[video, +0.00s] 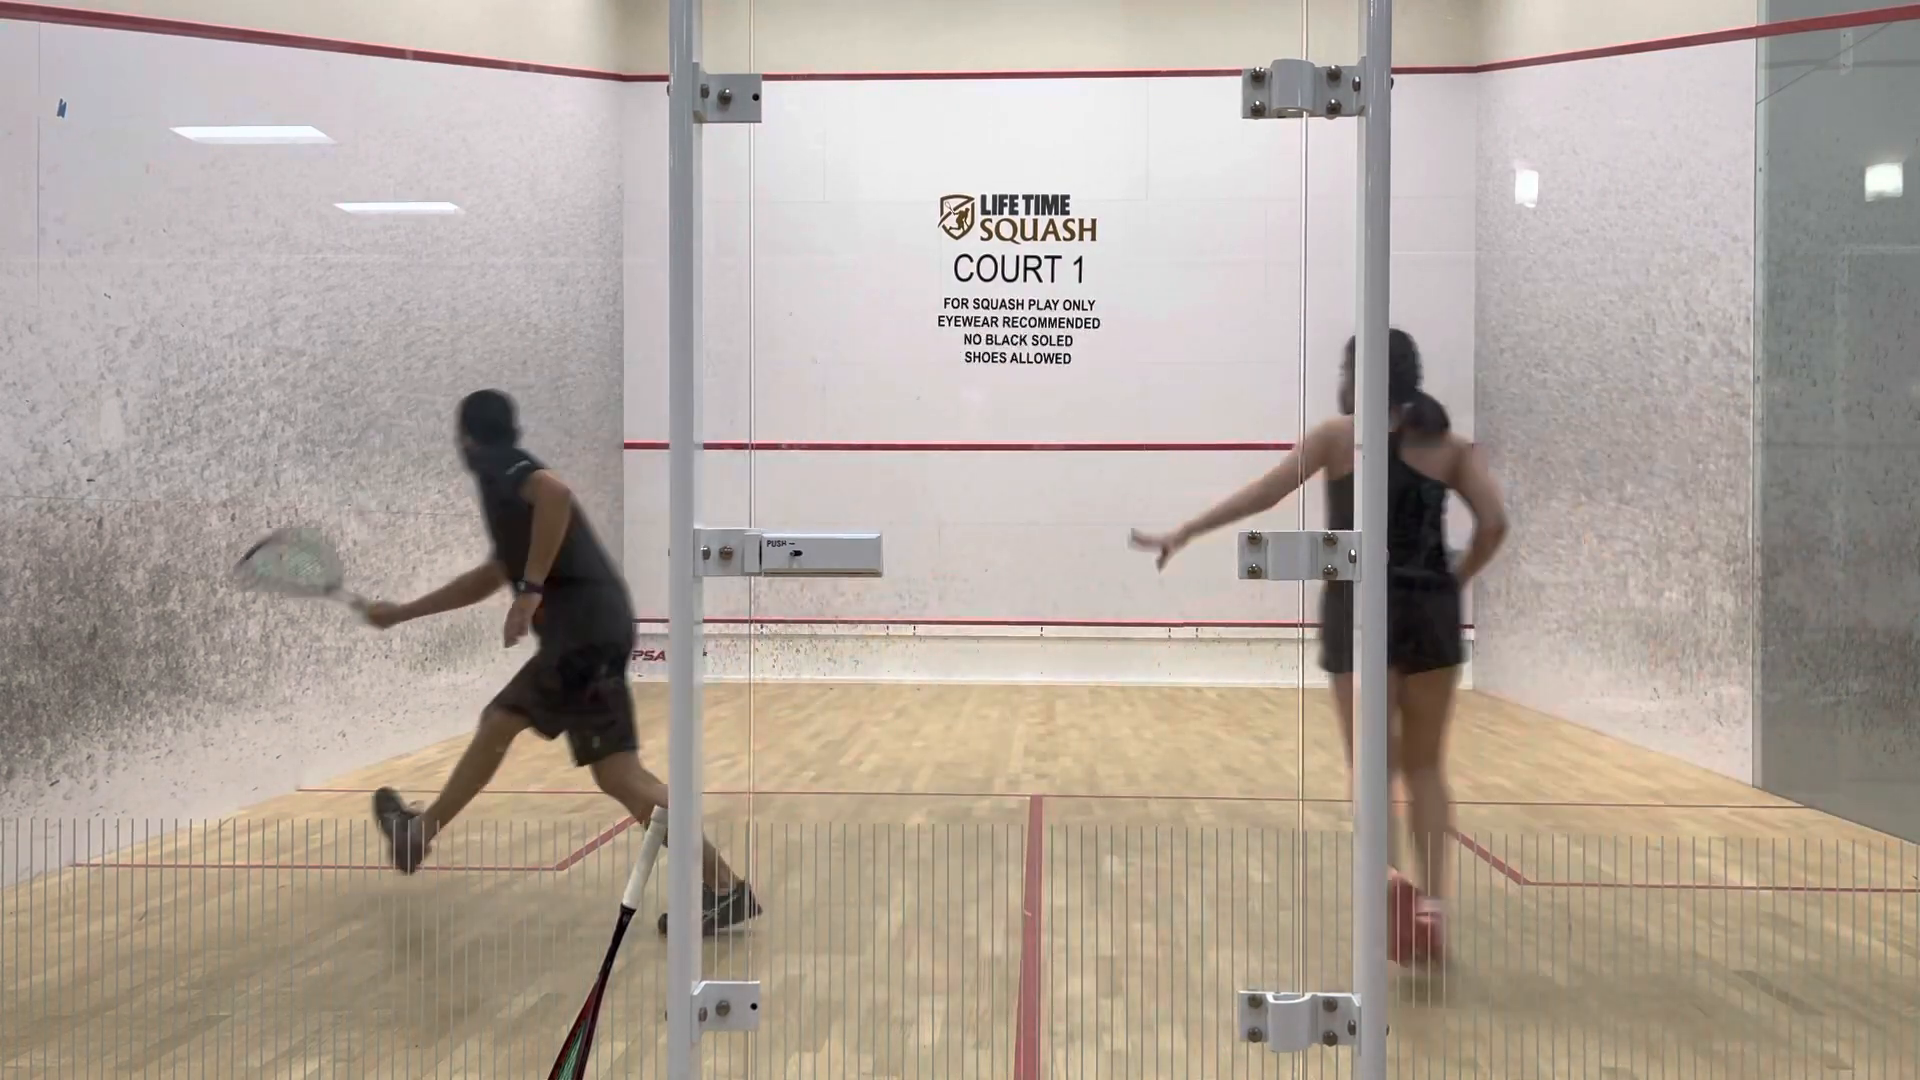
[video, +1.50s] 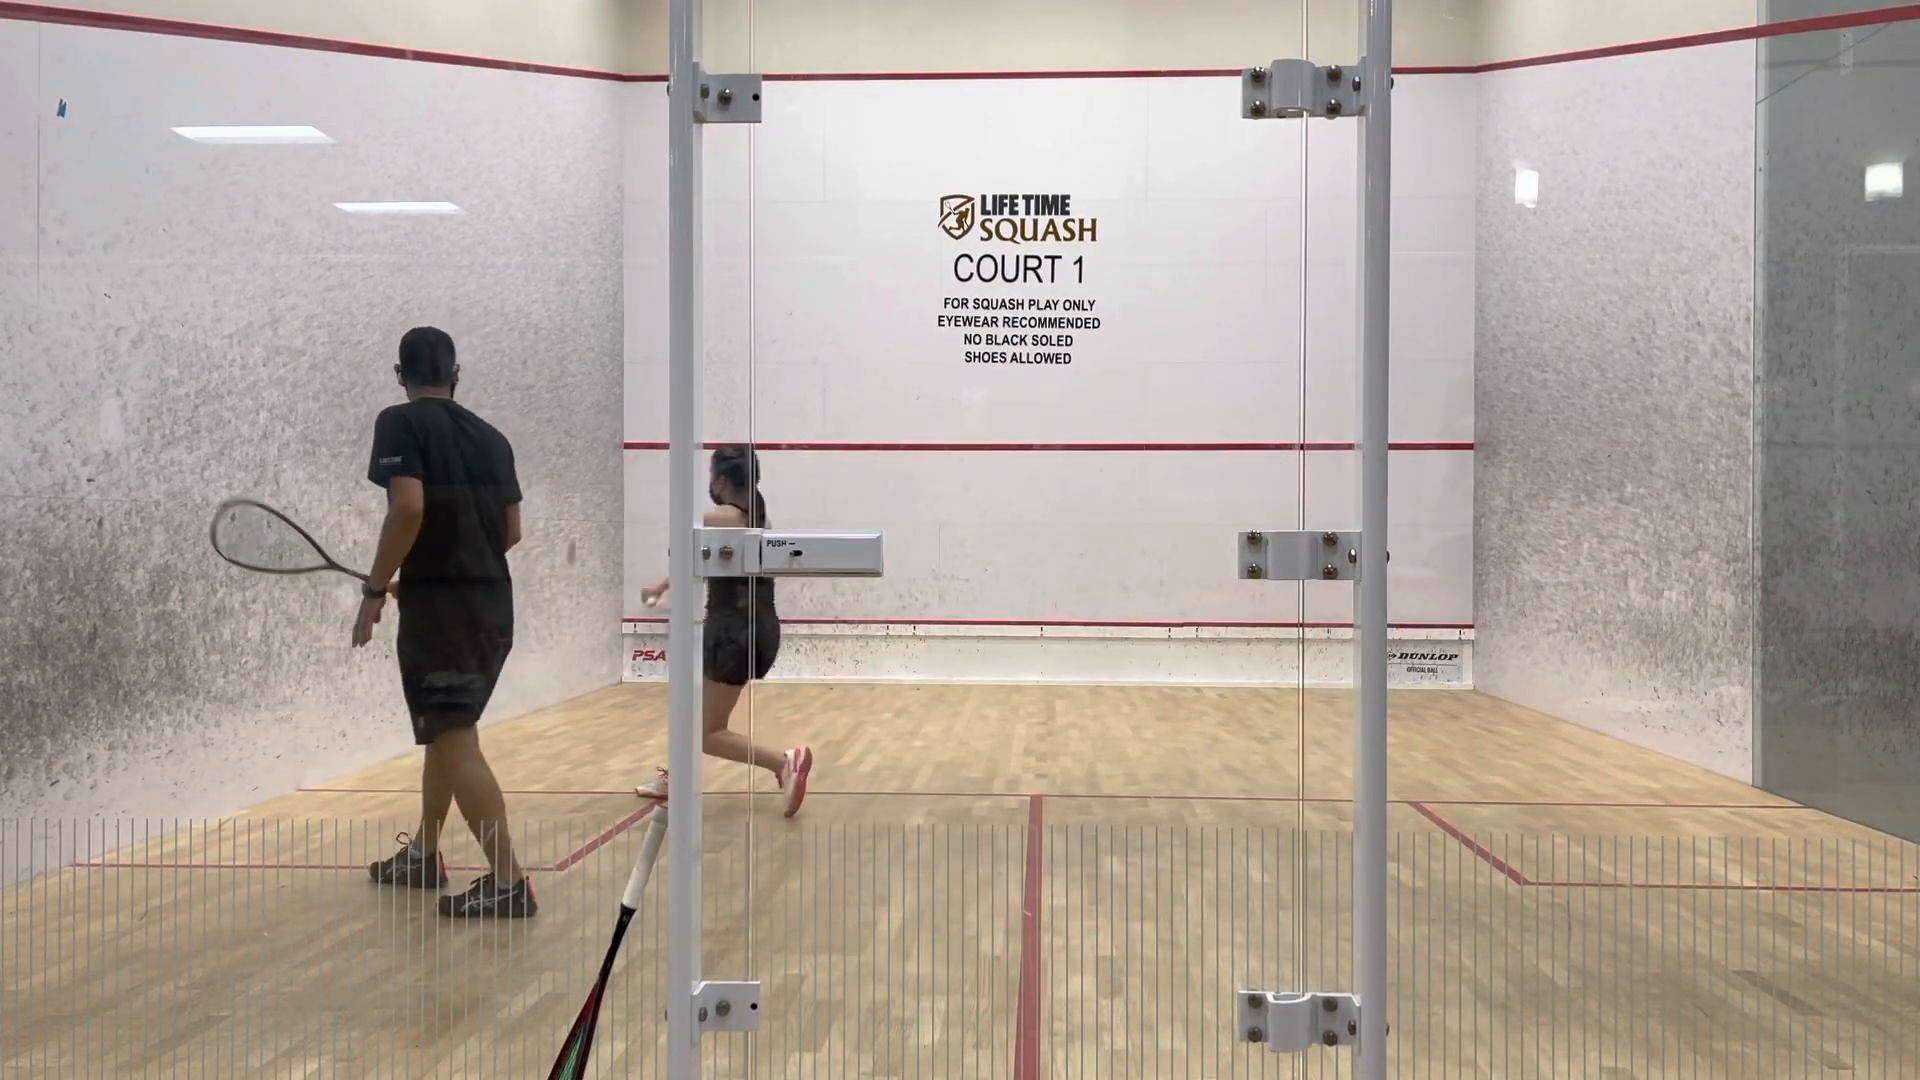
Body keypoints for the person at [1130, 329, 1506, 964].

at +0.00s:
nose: (1339, 379)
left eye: (1344, 368)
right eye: (1344, 367)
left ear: (1356, 374)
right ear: (1410, 373)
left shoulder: (1335, 435)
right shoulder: (1448, 443)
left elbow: (1264, 493)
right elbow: (1494, 521)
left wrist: (1185, 532)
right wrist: (1458, 577)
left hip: (1358, 614)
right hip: (1432, 613)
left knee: (1367, 764)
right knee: (1427, 764)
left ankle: (1388, 884)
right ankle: (1436, 900)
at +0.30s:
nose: (1168, 436)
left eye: (1175, 427)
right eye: (1172, 426)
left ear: (1192, 435)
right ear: (1224, 438)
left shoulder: (1174, 487)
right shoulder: (1250, 491)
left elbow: (1186, 559)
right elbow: (1279, 555)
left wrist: (1153, 635)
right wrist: (1245, 593)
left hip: (1199, 641)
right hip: (1258, 638)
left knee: (1155, 746)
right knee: (1287, 765)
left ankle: (1144, 852)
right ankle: (1346, 857)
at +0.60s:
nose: (1038, 421)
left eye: (1042, 413)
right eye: (1044, 413)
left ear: (1045, 419)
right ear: (1087, 422)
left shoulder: (1030, 470)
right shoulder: (1106, 480)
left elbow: (1013, 533)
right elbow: (1122, 547)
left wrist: (969, 539)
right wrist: (1075, 553)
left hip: (1053, 614)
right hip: (1100, 610)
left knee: (1045, 722)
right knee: (1077, 710)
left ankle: (1111, 797)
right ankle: (1090, 802)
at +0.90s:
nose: (907, 452)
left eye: (911, 446)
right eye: (911, 446)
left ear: (919, 453)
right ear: (949, 452)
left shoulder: (934, 502)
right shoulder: (949, 496)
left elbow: (878, 544)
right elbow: (884, 528)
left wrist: (818, 512)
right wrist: (841, 500)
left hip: (943, 630)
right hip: (964, 626)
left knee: (872, 700)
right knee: (959, 716)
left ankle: (851, 791)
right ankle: (1032, 787)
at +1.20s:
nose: (787, 452)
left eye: (790, 446)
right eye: (789, 446)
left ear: (802, 451)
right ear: (819, 452)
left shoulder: (817, 495)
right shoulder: (807, 485)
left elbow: (758, 520)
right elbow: (761, 500)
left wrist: (711, 497)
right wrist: (760, 453)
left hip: (844, 612)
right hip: (825, 610)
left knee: (794, 701)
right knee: (771, 685)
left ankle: (841, 792)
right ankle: (742, 765)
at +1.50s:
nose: (709, 482)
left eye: (713, 475)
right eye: (711, 475)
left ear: (724, 480)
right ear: (747, 480)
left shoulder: (720, 518)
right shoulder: (756, 517)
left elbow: (690, 561)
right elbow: (707, 562)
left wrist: (661, 586)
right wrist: (669, 585)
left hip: (732, 629)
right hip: (757, 626)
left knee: (706, 736)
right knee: (698, 709)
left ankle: (783, 763)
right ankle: (676, 778)